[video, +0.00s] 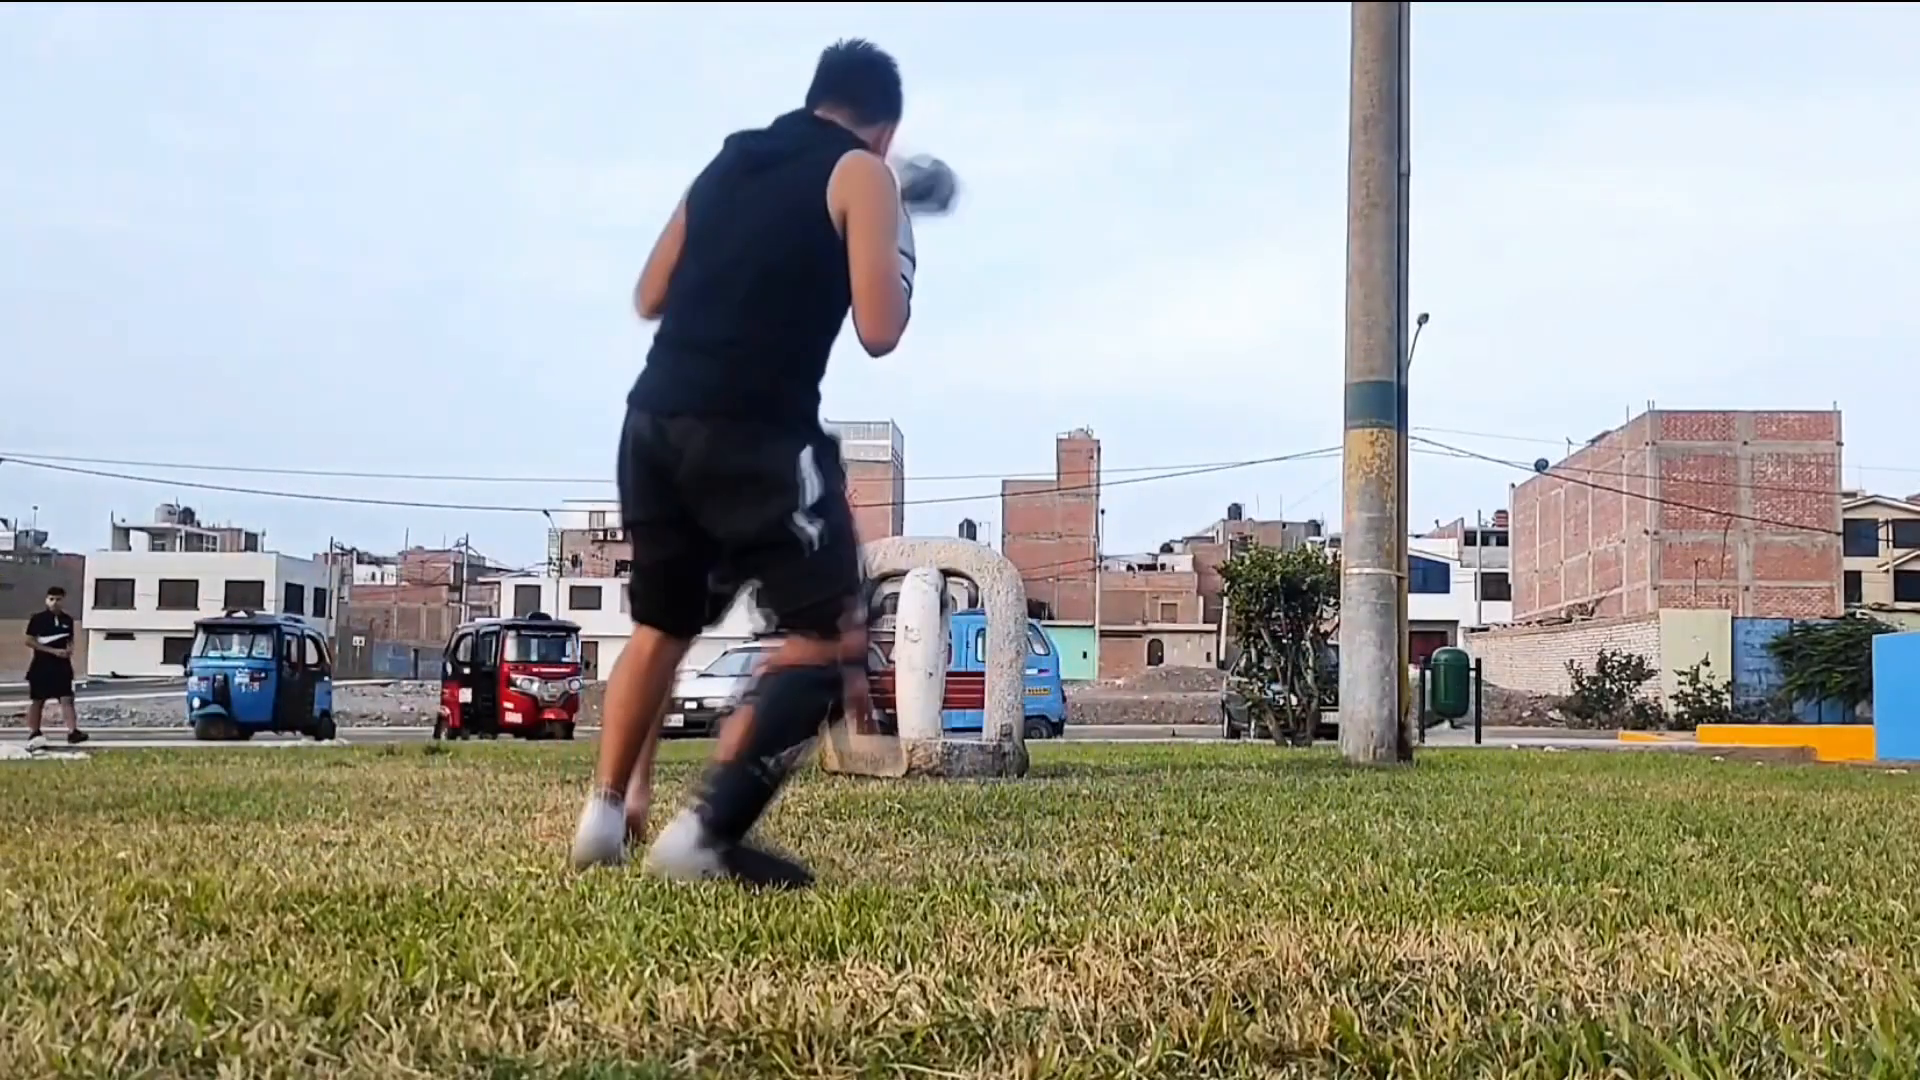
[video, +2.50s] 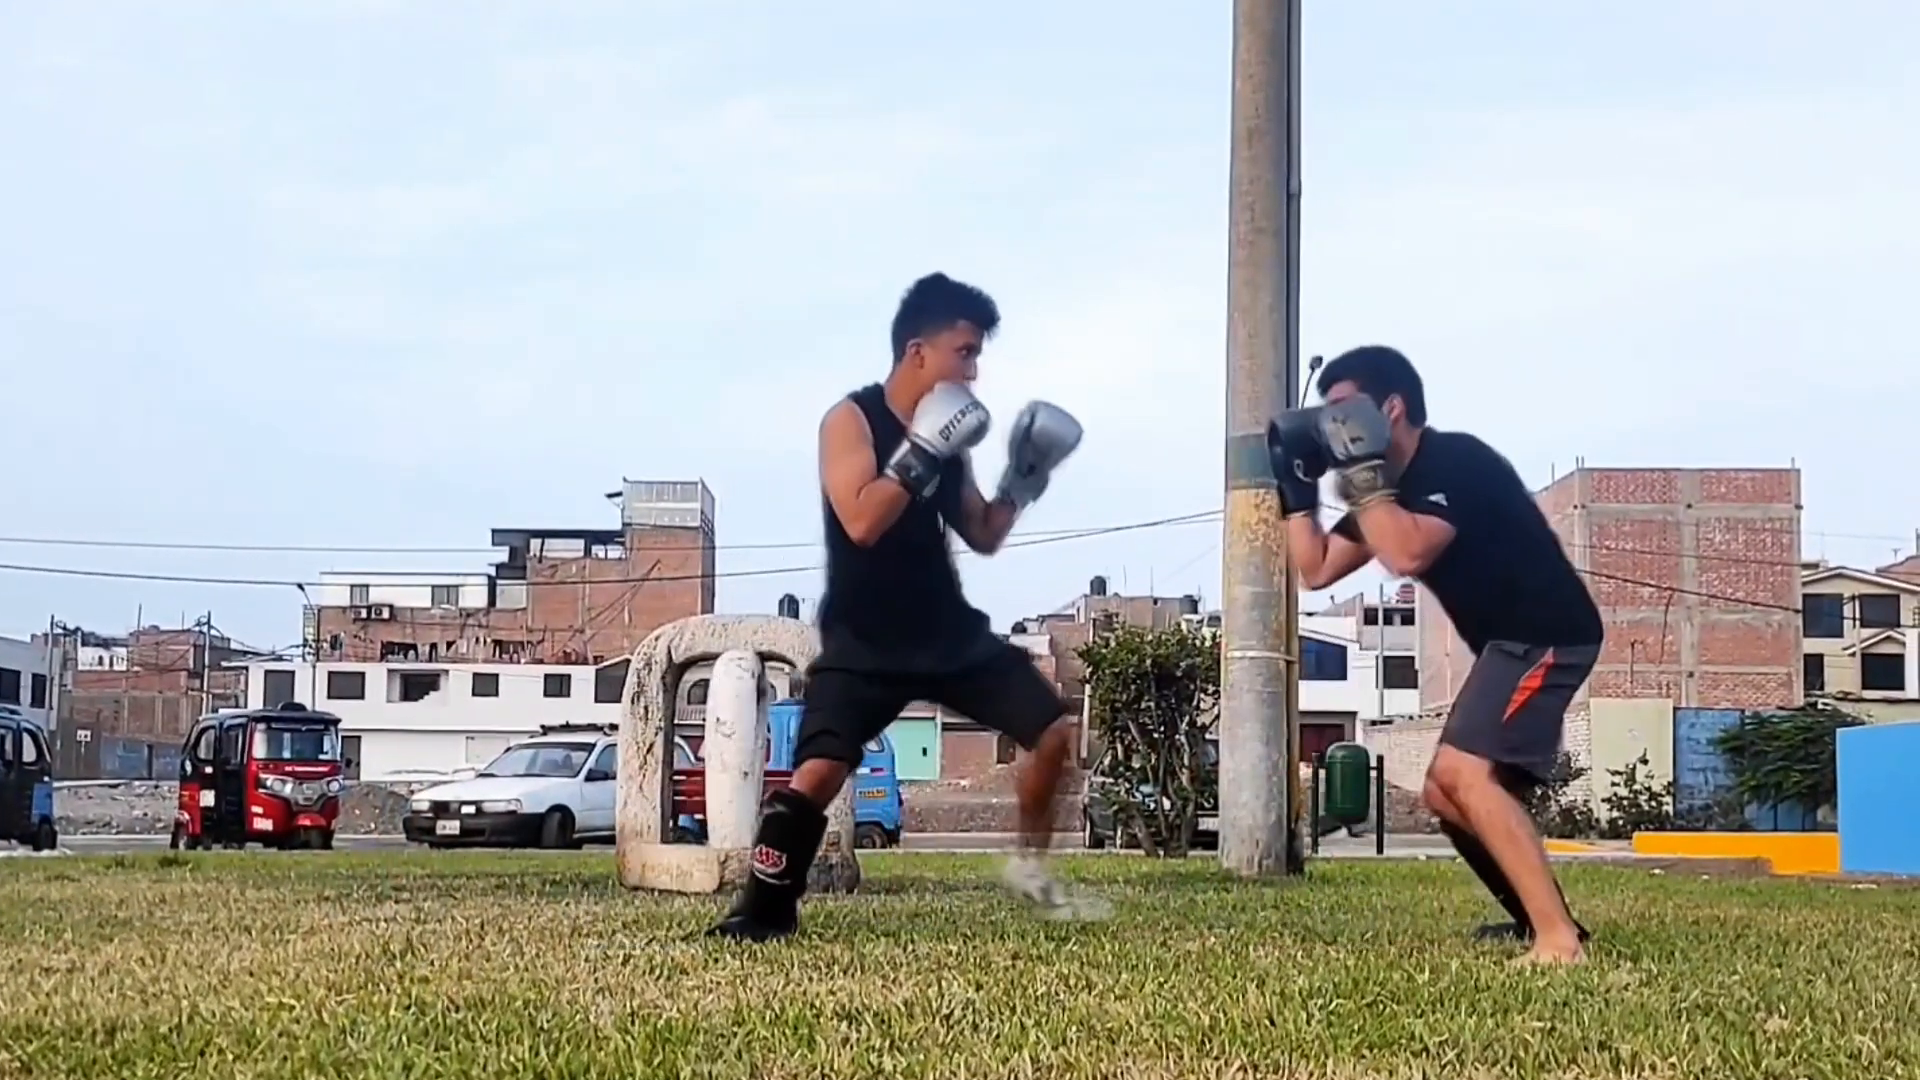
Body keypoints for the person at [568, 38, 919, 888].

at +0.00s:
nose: (886, 143)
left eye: (883, 134)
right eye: (888, 134)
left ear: (813, 100)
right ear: (881, 123)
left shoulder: (730, 161)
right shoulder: (862, 174)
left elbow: (653, 296)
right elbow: (880, 331)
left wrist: (756, 262)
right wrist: (895, 236)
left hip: (656, 420)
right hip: (759, 430)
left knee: (661, 618)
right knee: (821, 640)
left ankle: (606, 814)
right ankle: (707, 835)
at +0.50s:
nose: (781, 217)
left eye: (781, 208)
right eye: (781, 206)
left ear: (705, 186)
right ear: (767, 196)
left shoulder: (662, 244)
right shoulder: (754, 230)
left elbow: (680, 345)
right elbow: (795, 360)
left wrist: (765, 278)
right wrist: (807, 293)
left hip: (633, 471)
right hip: (714, 463)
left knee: (677, 649)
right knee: (775, 637)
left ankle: (630, 817)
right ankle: (704, 775)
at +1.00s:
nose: (847, 274)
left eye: (853, 262)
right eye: (851, 259)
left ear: (783, 232)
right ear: (830, 240)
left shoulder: (728, 283)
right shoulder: (799, 275)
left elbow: (757, 377)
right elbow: (820, 379)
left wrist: (818, 323)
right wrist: (857, 353)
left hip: (705, 496)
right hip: (778, 501)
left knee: (697, 650)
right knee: (840, 639)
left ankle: (639, 801)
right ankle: (819, 806)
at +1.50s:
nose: (908, 331)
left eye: (911, 318)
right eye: (907, 316)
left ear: (871, 303)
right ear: (878, 303)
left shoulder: (848, 353)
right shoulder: (828, 346)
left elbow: (907, 432)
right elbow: (857, 444)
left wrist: (904, 395)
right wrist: (894, 396)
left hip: (840, 545)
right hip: (811, 547)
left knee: (878, 686)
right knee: (861, 691)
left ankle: (790, 829)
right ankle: (772, 833)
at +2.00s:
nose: (885, 354)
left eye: (888, 339)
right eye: (877, 336)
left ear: (839, 334)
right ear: (833, 329)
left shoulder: (844, 411)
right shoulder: (774, 391)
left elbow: (884, 503)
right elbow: (804, 490)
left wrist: (912, 438)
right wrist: (861, 420)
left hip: (829, 607)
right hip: (764, 607)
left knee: (917, 718)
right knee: (739, 754)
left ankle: (881, 848)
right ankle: (648, 887)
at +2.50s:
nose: (975, 370)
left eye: (978, 355)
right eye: (965, 352)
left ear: (942, 354)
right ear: (916, 348)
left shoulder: (944, 432)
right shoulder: (849, 421)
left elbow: (985, 533)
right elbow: (862, 522)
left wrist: (1024, 476)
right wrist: (924, 451)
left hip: (950, 638)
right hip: (865, 644)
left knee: (1054, 732)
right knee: (820, 771)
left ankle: (1030, 866)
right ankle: (761, 913)